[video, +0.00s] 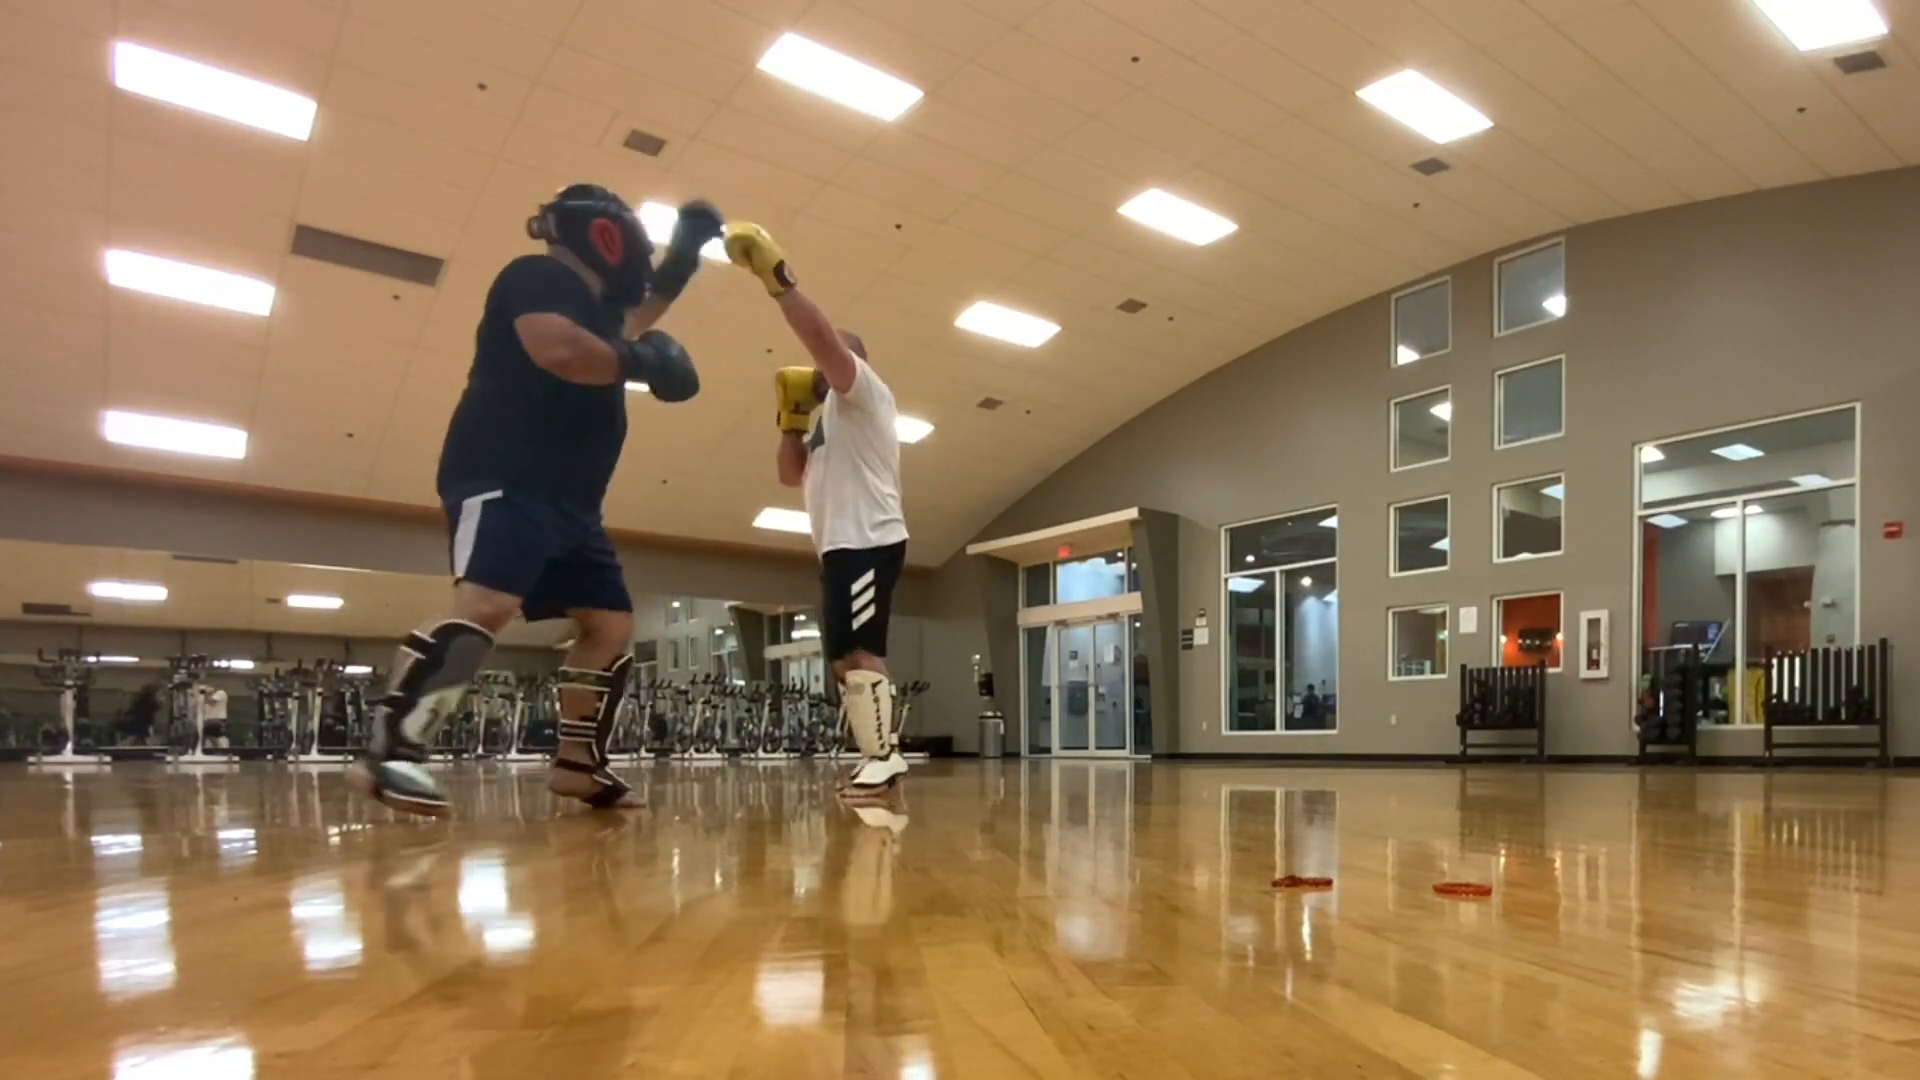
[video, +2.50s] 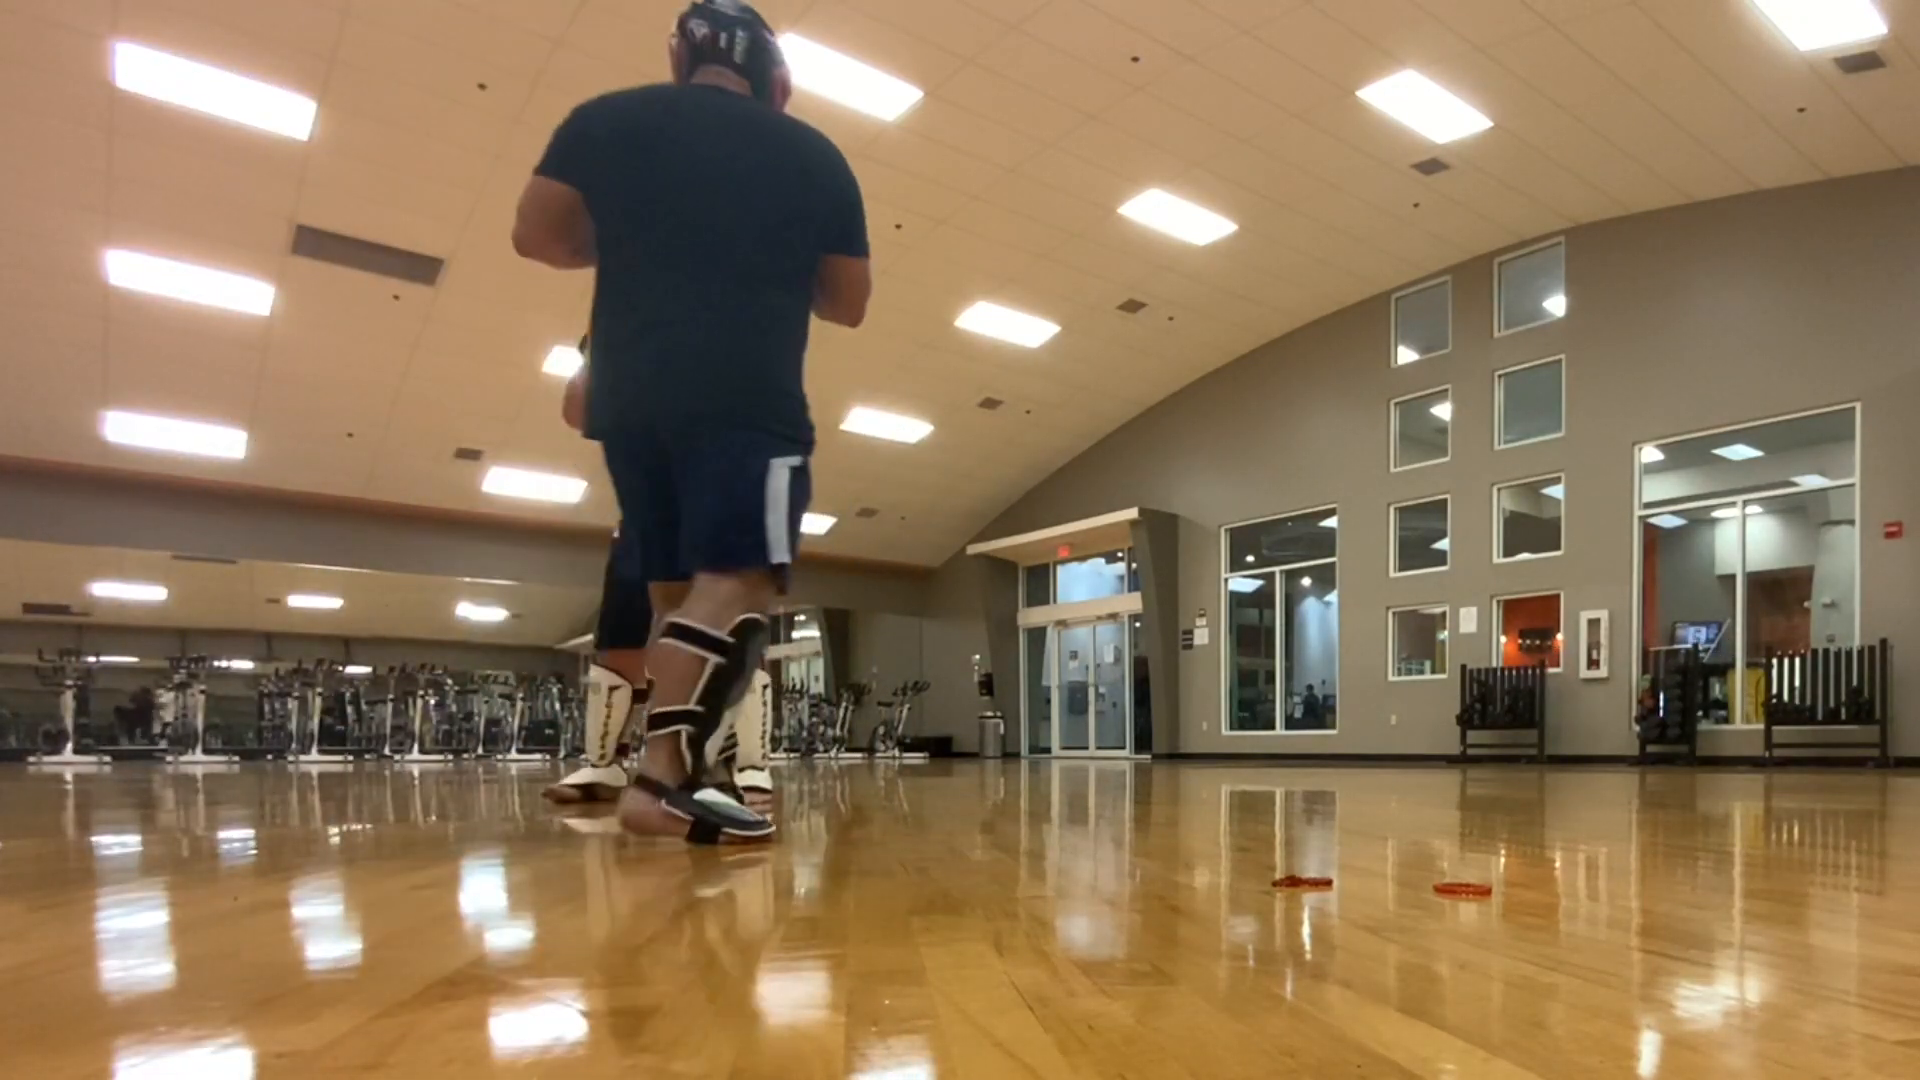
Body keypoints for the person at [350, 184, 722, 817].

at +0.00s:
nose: (639, 259)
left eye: (640, 247)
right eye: (634, 244)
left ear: (592, 242)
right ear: (604, 237)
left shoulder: (595, 311)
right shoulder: (535, 276)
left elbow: (639, 314)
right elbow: (557, 350)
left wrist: (681, 256)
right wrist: (637, 361)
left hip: (569, 496)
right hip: (504, 476)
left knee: (607, 623)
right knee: (489, 603)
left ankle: (578, 760)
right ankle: (395, 747)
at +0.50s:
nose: (442, 120)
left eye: (439, 106)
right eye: (431, 100)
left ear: (387, 98)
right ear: (394, 88)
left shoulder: (384, 165)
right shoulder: (333, 132)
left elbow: (391, 241)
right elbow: (376, 229)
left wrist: (461, 233)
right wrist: (467, 247)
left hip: (362, 399)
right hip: (311, 384)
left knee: (343, 578)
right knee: (322, 554)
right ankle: (236, 743)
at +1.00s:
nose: (362, 49)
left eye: (366, 37)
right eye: (358, 28)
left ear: (292, 10)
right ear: (307, 6)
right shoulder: (240, 36)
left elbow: (264, 211)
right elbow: (350, 203)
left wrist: (371, 249)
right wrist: (410, 226)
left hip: (216, 366)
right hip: (161, 350)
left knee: (272, 562)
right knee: (128, 551)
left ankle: (152, 760)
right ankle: (40, 785)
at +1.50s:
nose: (428, 40)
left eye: (430, 32)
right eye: (423, 25)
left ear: (308, 0)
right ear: (387, 3)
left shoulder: (243, 75)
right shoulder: (365, 48)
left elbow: (328, 219)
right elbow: (492, 216)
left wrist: (446, 233)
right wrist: (508, 233)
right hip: (331, 362)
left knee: (394, 581)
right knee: (286, 565)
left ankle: (380, 787)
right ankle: (109, 754)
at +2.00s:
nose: (628, 62)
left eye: (628, 47)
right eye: (624, 43)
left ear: (506, 24)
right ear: (599, 30)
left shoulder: (429, 108)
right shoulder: (610, 102)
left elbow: (407, 255)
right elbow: (692, 257)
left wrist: (506, 250)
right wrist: (605, 232)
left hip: (456, 386)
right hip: (580, 382)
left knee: (459, 585)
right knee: (633, 569)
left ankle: (386, 788)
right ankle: (648, 790)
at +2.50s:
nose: (791, 96)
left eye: (670, 54)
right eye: (790, 87)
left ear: (677, 61)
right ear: (775, 85)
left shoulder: (608, 118)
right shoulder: (810, 155)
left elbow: (537, 234)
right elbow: (847, 302)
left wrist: (636, 234)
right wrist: (764, 256)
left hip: (634, 393)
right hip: (747, 391)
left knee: (670, 587)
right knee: (741, 576)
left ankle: (683, 782)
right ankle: (657, 780)